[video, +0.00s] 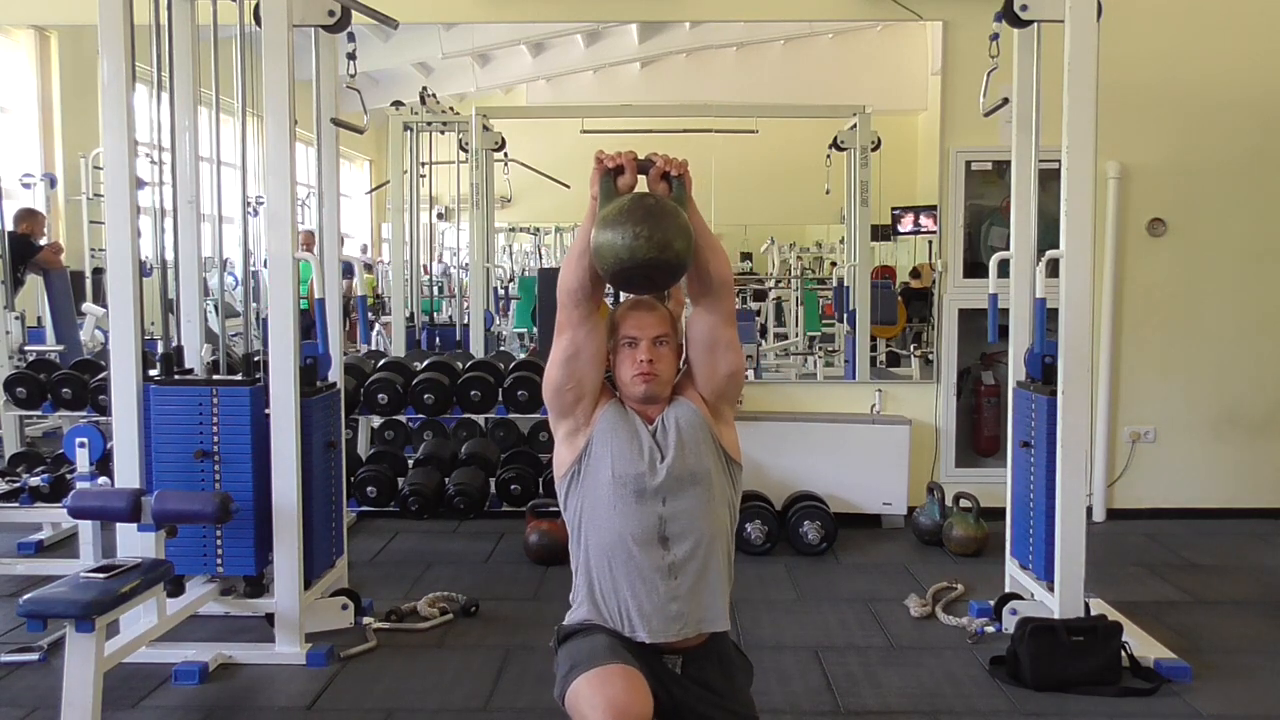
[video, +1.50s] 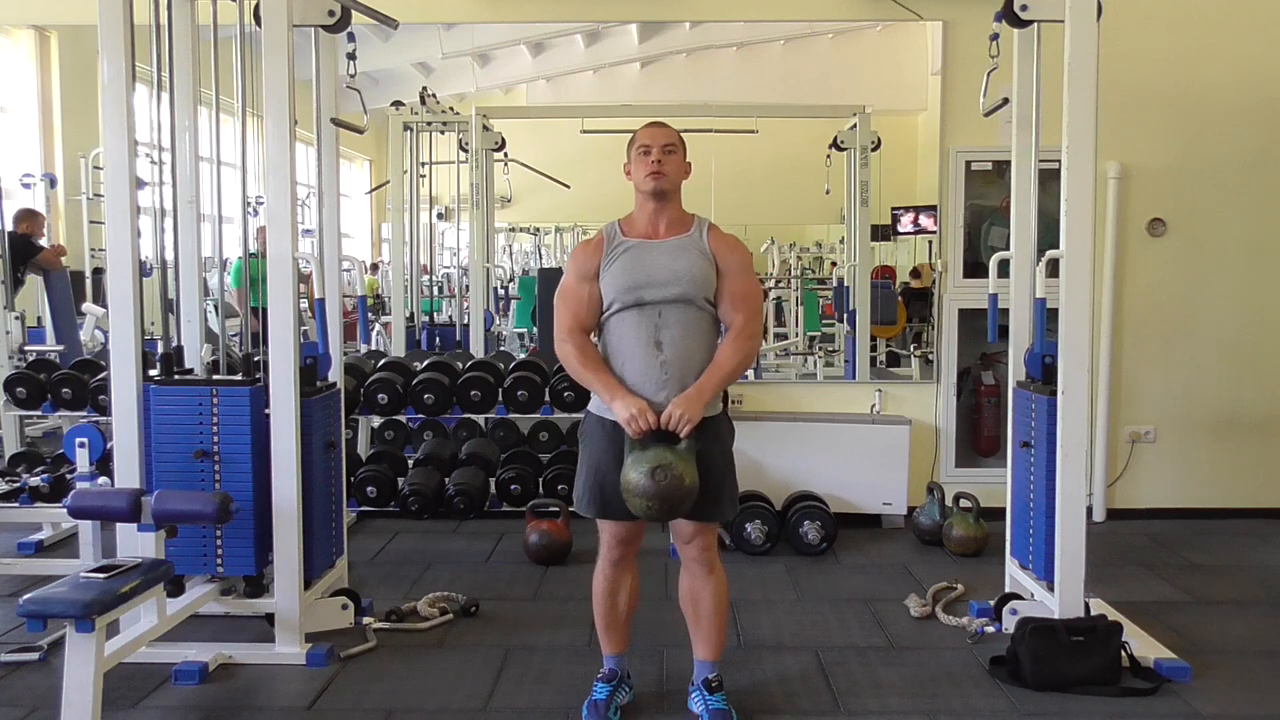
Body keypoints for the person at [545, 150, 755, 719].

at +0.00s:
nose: (645, 355)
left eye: (659, 343)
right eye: (630, 345)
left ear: (679, 358)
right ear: (611, 360)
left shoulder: (709, 409)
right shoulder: (583, 416)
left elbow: (716, 298)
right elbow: (577, 304)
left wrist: (684, 211)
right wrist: (600, 209)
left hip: (709, 654)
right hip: (609, 642)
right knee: (616, 704)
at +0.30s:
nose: (651, 314)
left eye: (664, 300)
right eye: (634, 301)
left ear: (685, 312)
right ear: (614, 316)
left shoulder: (713, 371)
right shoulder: (587, 380)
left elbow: (729, 270)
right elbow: (571, 274)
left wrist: (695, 188)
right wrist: (605, 180)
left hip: (706, 605)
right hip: (608, 593)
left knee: (734, 706)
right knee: (627, 682)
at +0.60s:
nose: (680, 192)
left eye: (692, 184)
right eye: (665, 184)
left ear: (713, 204)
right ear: (640, 204)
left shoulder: (735, 265)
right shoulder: (616, 268)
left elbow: (776, 214)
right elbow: (573, 220)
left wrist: (724, 161)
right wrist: (625, 163)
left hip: (718, 472)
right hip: (633, 473)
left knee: (730, 628)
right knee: (618, 627)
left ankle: (703, 685)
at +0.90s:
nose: (687, 155)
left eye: (699, 147)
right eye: (675, 148)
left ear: (717, 166)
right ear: (656, 166)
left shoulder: (745, 224)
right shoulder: (630, 227)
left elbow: (804, 259)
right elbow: (569, 256)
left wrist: (739, 237)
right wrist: (637, 240)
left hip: (719, 424)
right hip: (634, 423)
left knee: (711, 558)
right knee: (620, 560)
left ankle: (707, 686)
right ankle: (609, 669)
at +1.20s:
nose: (670, 159)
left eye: (681, 151)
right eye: (658, 151)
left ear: (699, 168)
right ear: (639, 168)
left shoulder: (732, 242)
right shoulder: (604, 245)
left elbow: (772, 313)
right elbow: (566, 320)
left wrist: (716, 349)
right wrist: (624, 352)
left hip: (705, 414)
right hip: (622, 416)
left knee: (703, 546)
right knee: (622, 545)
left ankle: (707, 683)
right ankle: (613, 673)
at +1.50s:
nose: (656, 158)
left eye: (668, 150)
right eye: (644, 151)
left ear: (687, 168)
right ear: (628, 170)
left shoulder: (723, 247)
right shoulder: (593, 252)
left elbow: (745, 332)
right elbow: (570, 338)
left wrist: (701, 393)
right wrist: (617, 396)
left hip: (697, 419)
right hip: (615, 419)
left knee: (698, 544)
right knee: (616, 543)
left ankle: (707, 681)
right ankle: (612, 672)